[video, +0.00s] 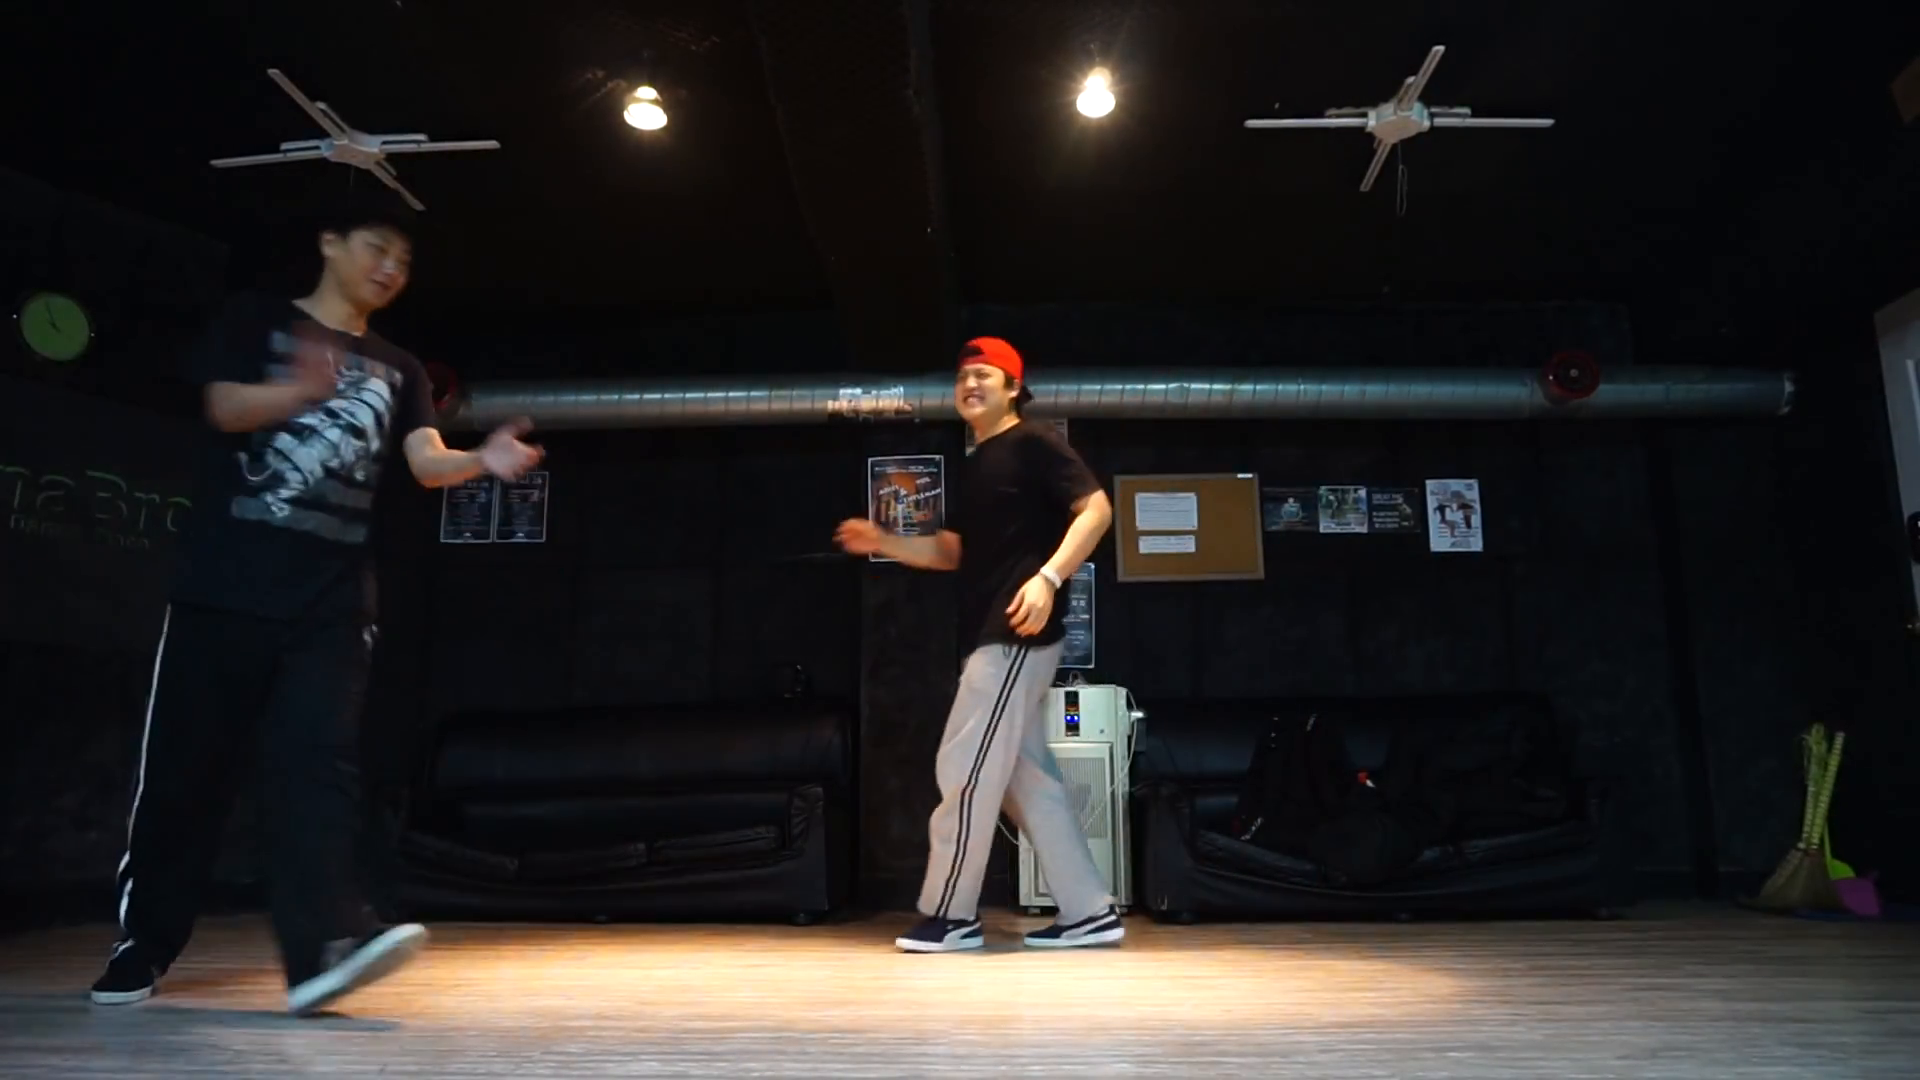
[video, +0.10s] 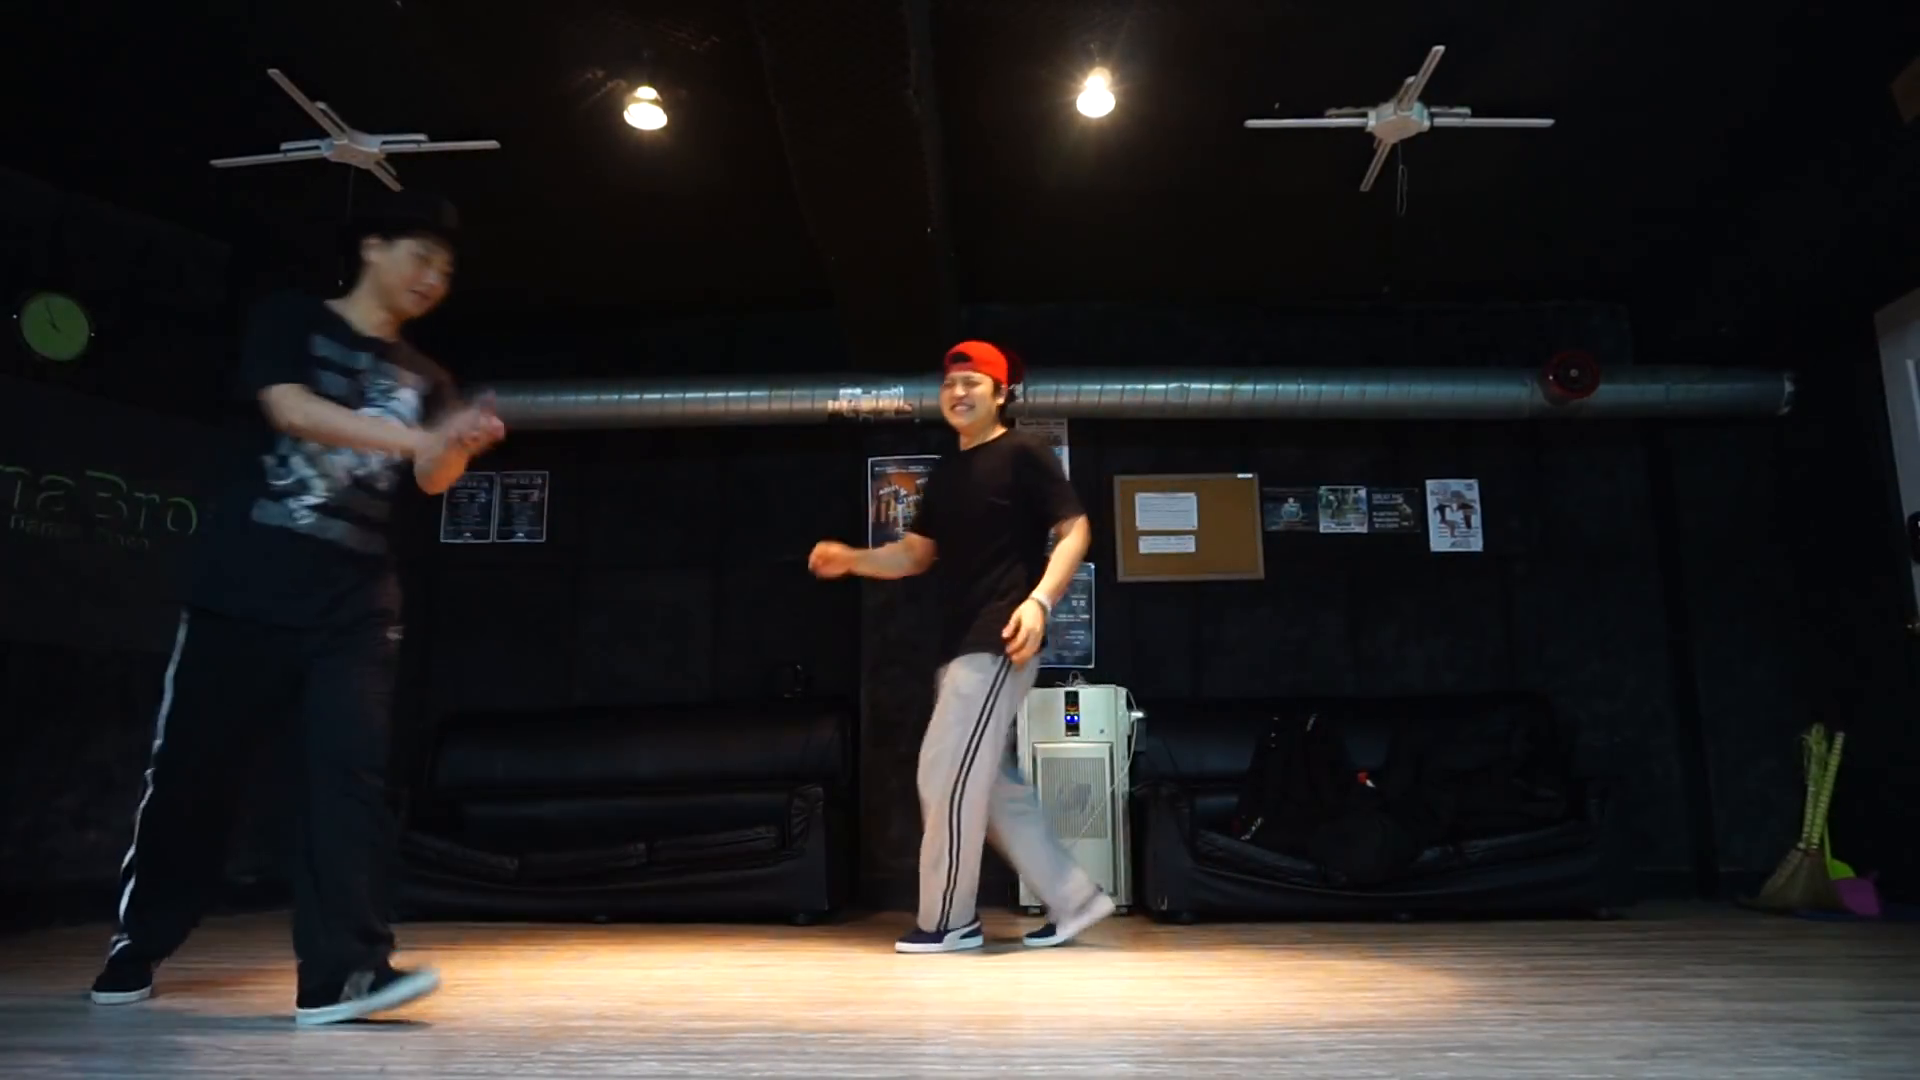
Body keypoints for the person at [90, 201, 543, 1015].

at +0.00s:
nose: (391, 269)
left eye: (402, 261)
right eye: (378, 250)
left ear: (404, 276)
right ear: (330, 244)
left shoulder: (400, 371)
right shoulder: (259, 321)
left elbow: (427, 464)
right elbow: (224, 408)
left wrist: (483, 458)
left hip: (329, 596)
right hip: (228, 580)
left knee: (318, 767)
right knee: (180, 770)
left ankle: (317, 953)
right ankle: (141, 949)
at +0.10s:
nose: (432, 280)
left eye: (443, 269)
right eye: (421, 259)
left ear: (444, 282)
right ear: (371, 248)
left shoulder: (425, 381)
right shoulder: (289, 322)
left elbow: (432, 479)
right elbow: (288, 407)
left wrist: (459, 443)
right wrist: (414, 439)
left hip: (353, 599)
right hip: (249, 583)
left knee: (348, 775)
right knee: (190, 769)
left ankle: (338, 971)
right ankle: (135, 947)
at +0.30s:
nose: (526, 255)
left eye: (534, 241)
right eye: (515, 234)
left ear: (530, 252)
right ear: (466, 225)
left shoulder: (504, 360)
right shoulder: (380, 297)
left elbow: (516, 466)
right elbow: (348, 393)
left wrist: (543, 550)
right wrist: (437, 501)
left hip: (429, 578)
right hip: (339, 557)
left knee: (416, 771)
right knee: (294, 737)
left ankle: (345, 975)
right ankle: (176, 891)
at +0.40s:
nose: (569, 232)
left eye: (573, 217)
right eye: (558, 211)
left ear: (545, 219)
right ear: (507, 202)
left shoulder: (536, 333)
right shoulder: (426, 276)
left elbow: (546, 456)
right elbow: (379, 381)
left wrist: (565, 572)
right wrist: (376, 507)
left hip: (480, 556)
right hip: (407, 535)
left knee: (441, 751)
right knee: (405, 716)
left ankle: (351, 972)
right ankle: (265, 887)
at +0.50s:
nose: (614, 213)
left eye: (616, 199)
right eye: (602, 193)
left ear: (574, 197)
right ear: (549, 186)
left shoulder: (574, 317)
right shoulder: (478, 269)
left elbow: (576, 452)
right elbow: (401, 375)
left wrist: (585, 571)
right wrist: (330, 478)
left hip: (519, 547)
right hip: (455, 531)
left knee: (441, 745)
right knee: (494, 706)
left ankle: (346, 970)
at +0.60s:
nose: (670, 219)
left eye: (669, 203)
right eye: (656, 197)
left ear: (628, 204)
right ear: (605, 192)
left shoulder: (611, 314)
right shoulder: (534, 273)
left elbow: (598, 454)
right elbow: (432, 359)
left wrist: (605, 562)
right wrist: (328, 450)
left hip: (557, 560)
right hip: (512, 551)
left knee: (458, 757)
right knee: (571, 735)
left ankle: (349, 969)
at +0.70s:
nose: (735, 236)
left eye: (735, 221)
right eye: (724, 215)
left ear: (693, 222)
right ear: (673, 208)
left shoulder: (662, 320)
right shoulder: (595, 283)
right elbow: (481, 360)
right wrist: (371, 442)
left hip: (619, 568)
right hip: (585, 565)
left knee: (504, 758)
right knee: (654, 747)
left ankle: (361, 956)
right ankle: (759, 973)